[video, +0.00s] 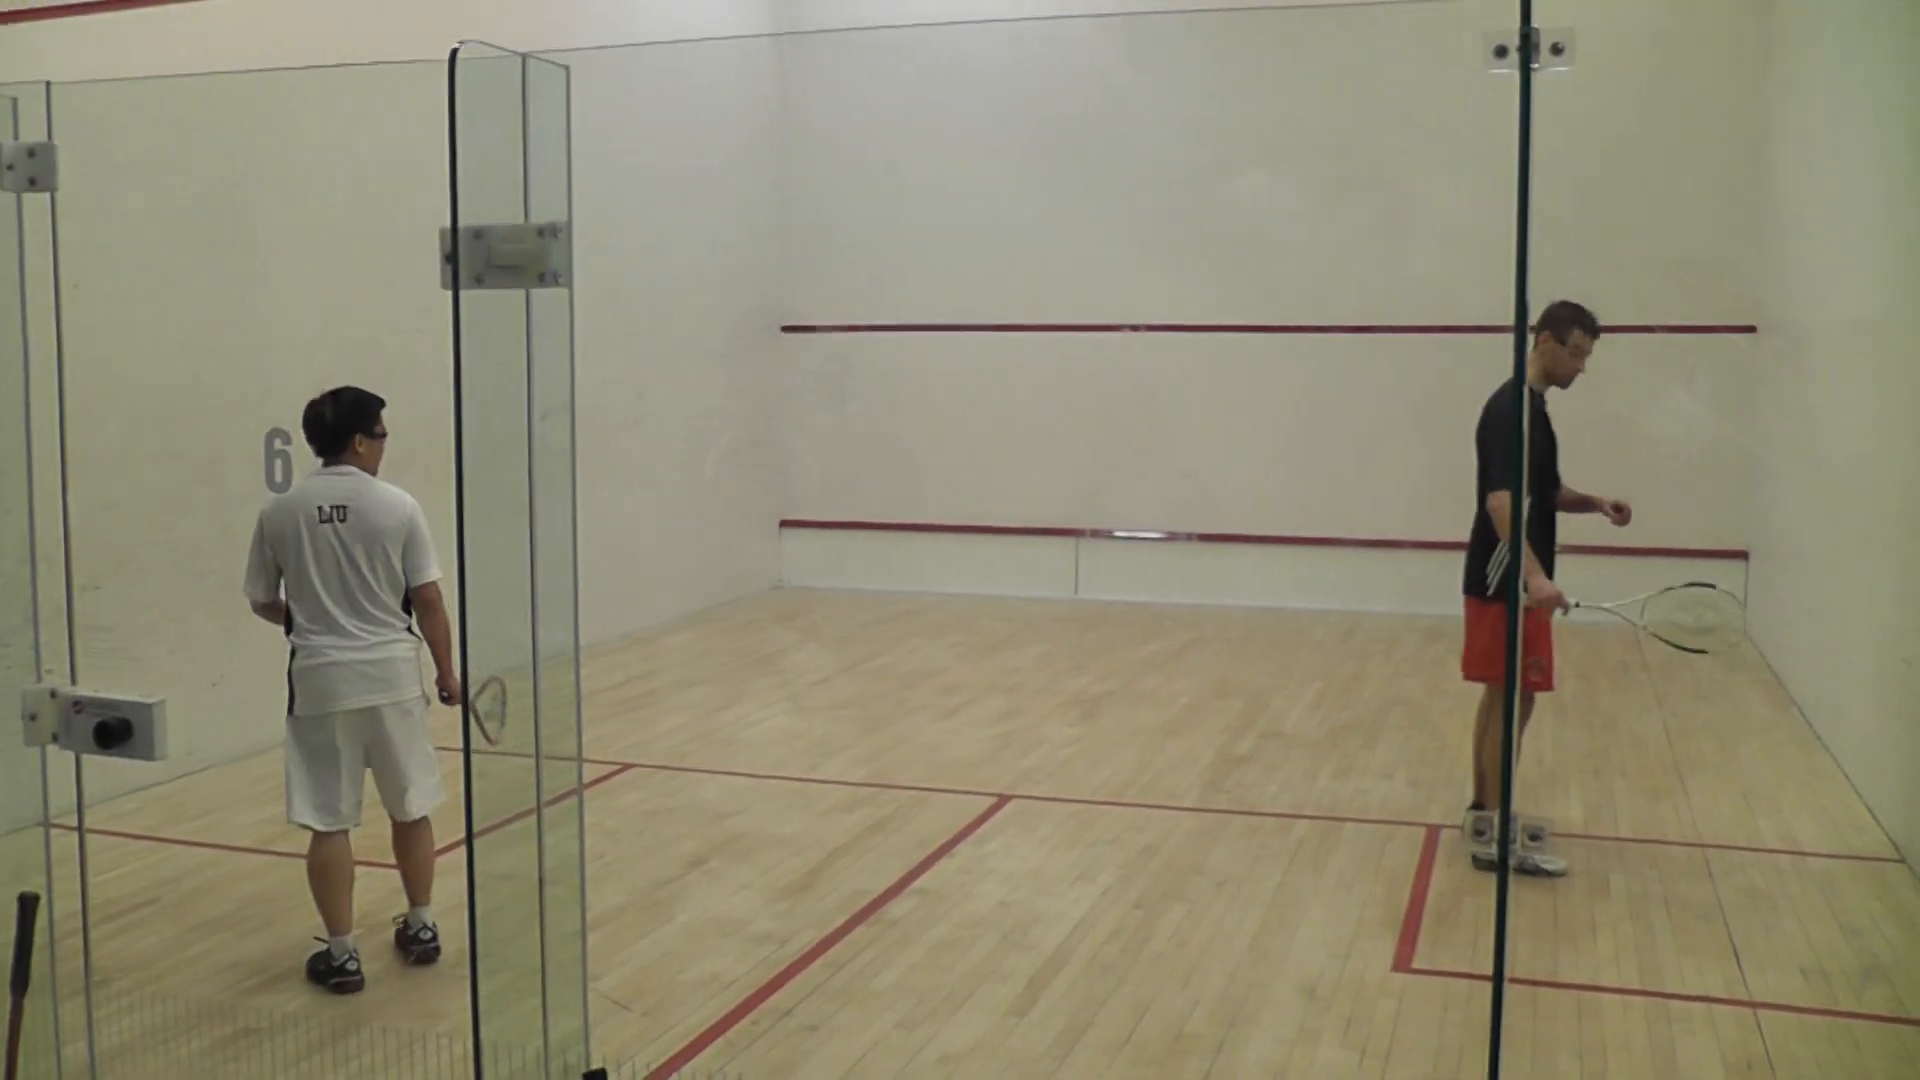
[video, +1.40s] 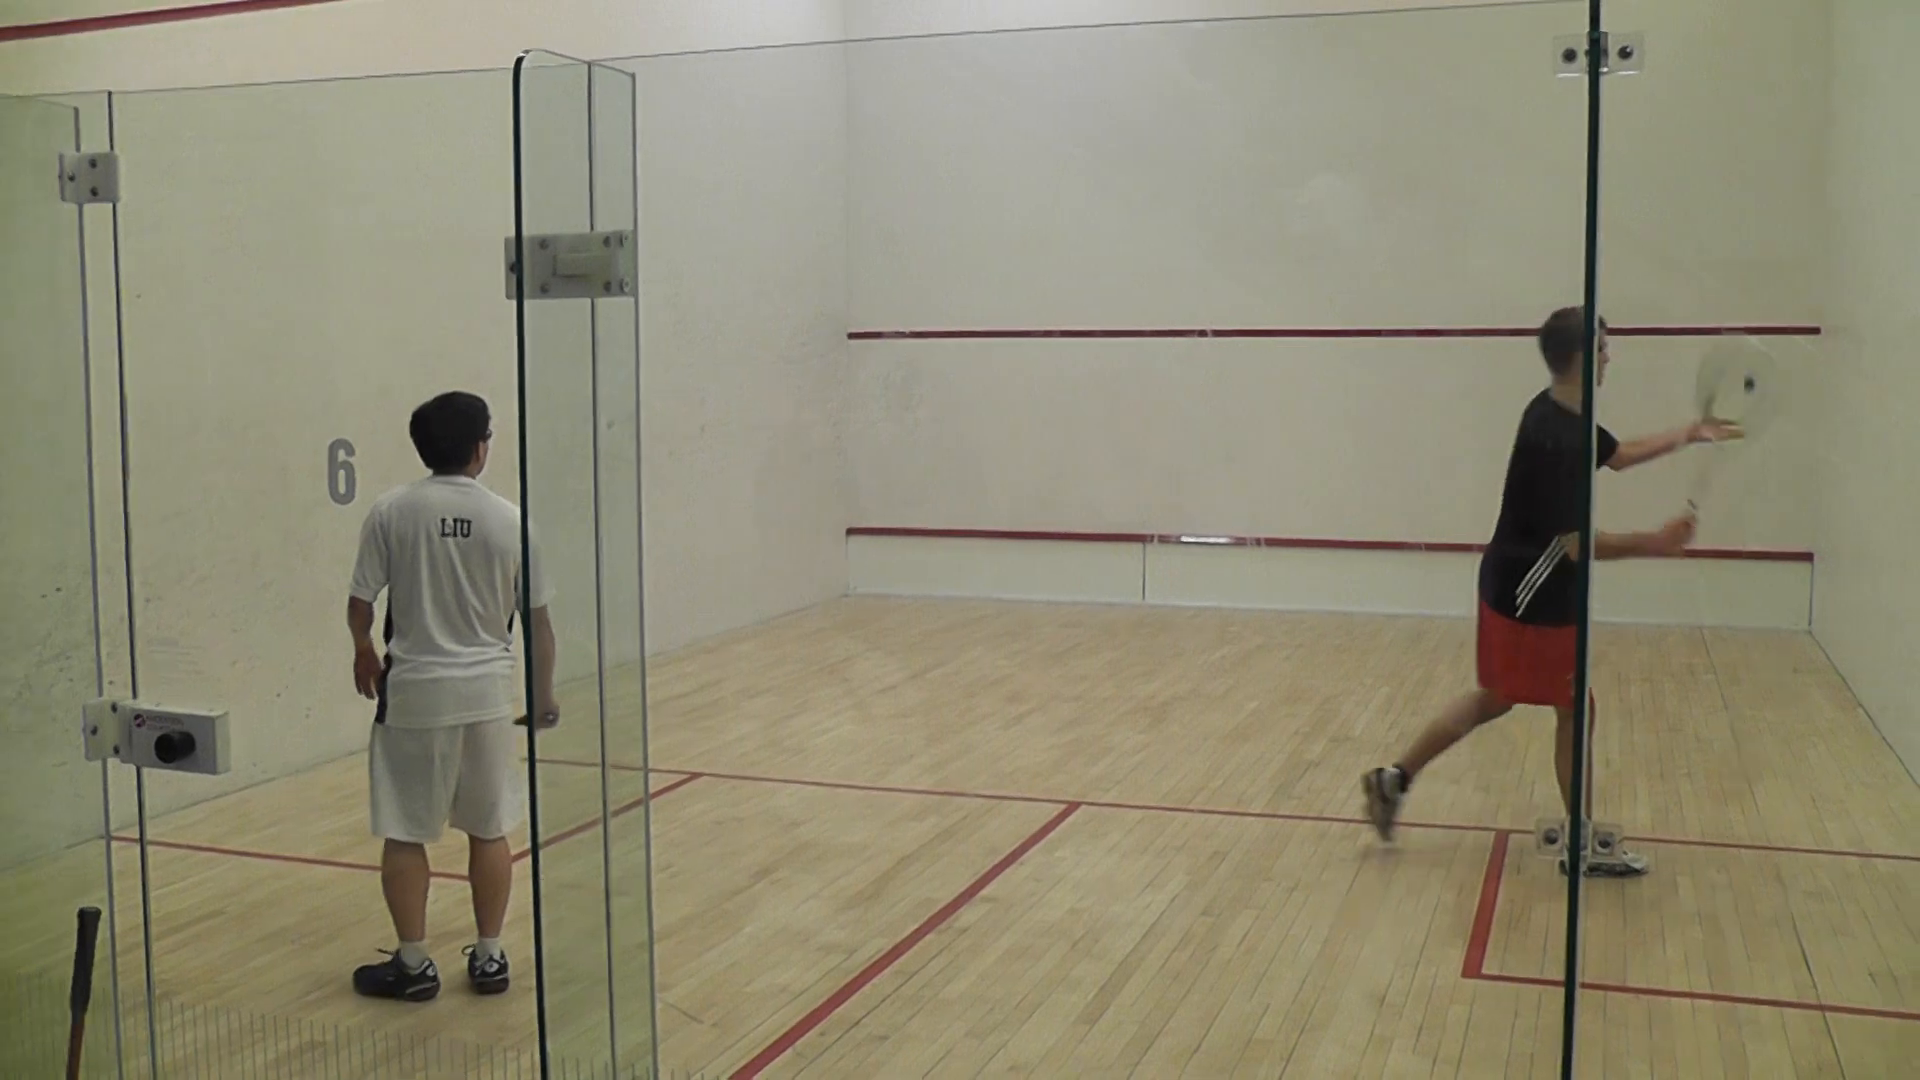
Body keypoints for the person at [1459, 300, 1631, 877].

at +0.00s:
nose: (1583, 367)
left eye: (1586, 356)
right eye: (1579, 354)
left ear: (1554, 348)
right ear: (1547, 343)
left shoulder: (1533, 407)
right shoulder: (1510, 408)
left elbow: (1544, 493)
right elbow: (1500, 504)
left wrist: (1597, 503)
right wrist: (1534, 573)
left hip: (1516, 584)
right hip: (1504, 585)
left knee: (1503, 697)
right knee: (1515, 702)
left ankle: (1485, 815)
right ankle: (1496, 833)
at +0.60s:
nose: (1582, 351)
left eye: (1591, 342)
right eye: (1571, 342)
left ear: (1604, 350)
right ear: (1554, 347)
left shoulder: (1596, 414)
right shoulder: (1539, 417)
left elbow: (1598, 496)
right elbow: (1540, 510)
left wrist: (1624, 545)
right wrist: (1609, 550)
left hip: (1573, 580)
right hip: (1548, 582)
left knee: (1544, 698)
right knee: (1571, 702)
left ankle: (1530, 818)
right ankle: (1549, 832)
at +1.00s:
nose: (1658, 365)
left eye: (1657, 354)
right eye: (1651, 355)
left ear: (1617, 358)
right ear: (1620, 357)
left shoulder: (1587, 414)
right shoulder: (1596, 429)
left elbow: (1599, 517)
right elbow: (1613, 537)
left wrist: (1638, 564)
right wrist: (1694, 575)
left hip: (1553, 588)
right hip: (1566, 597)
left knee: (1574, 698)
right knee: (1592, 708)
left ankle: (1556, 812)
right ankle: (1579, 844)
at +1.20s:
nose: (1655, 368)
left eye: (1653, 358)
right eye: (1651, 359)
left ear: (1615, 362)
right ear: (1629, 363)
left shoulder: (1583, 415)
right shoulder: (1598, 439)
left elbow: (1620, 502)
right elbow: (1617, 550)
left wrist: (1689, 532)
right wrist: (1697, 588)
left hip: (1531, 585)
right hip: (1555, 598)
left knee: (1544, 690)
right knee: (1591, 708)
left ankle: (1517, 788)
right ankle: (1585, 842)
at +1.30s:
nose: (1641, 363)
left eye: (1639, 352)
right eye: (1637, 353)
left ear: (1599, 359)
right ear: (1616, 360)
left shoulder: (1580, 411)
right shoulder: (1584, 430)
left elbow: (1635, 480)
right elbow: (1608, 552)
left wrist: (1716, 472)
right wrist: (1686, 580)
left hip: (1527, 585)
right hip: (1554, 598)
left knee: (1529, 690)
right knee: (1587, 709)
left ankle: (1456, 780)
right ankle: (1589, 842)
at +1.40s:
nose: (1610, 355)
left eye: (1607, 345)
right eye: (1604, 347)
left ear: (1561, 359)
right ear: (1583, 359)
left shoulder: (1559, 410)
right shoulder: (1558, 437)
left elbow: (1617, 456)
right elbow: (1575, 544)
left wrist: (1688, 434)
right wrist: (1658, 542)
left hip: (1510, 584)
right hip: (1541, 597)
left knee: (1497, 696)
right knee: (1577, 707)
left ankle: (1395, 778)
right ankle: (1581, 838)